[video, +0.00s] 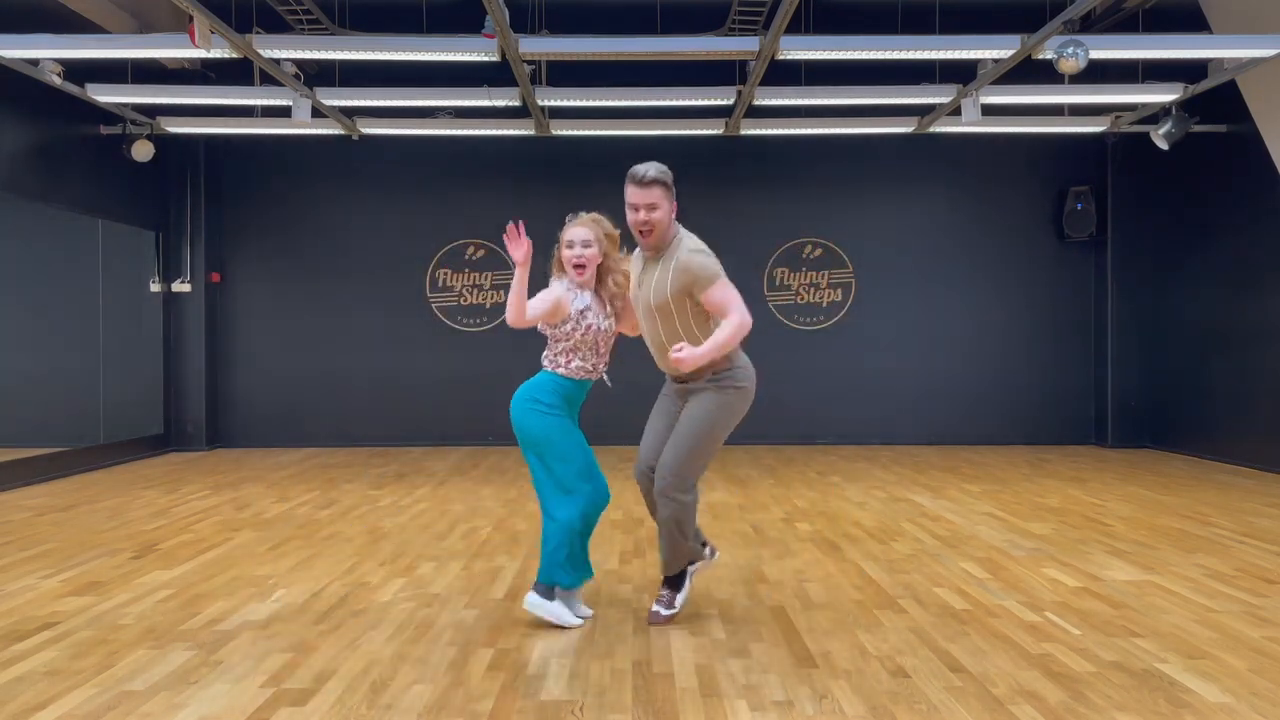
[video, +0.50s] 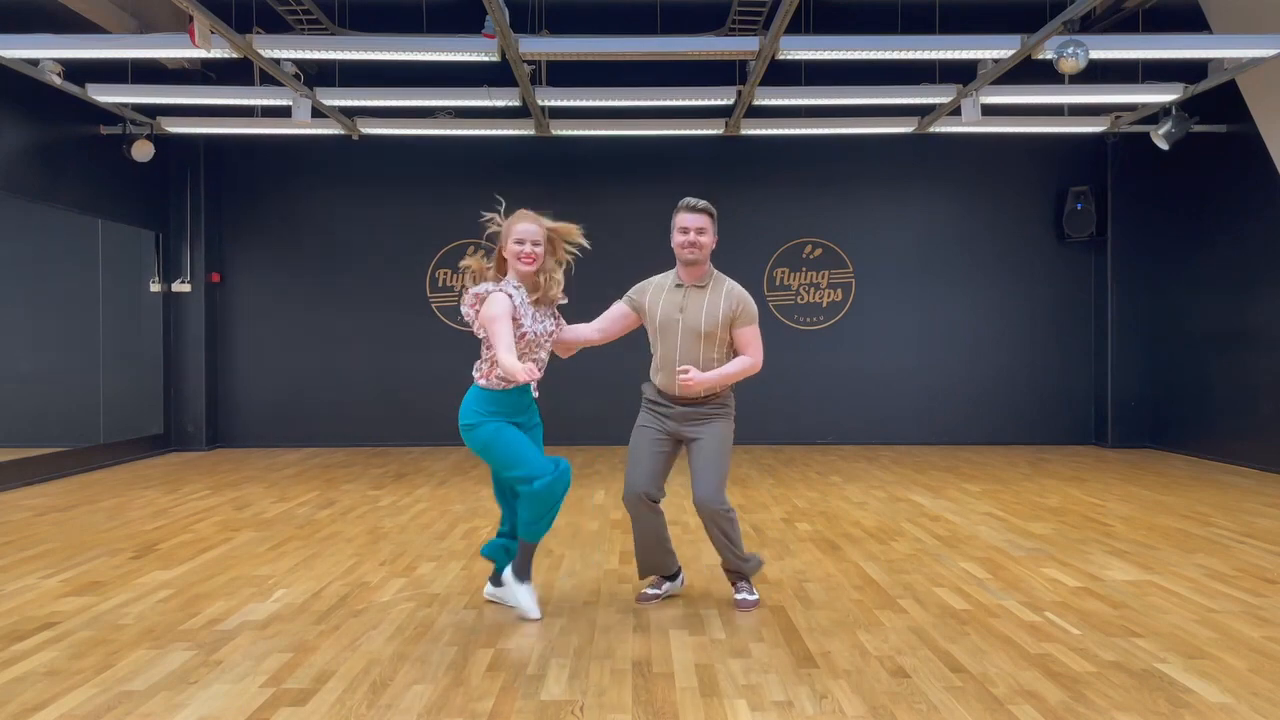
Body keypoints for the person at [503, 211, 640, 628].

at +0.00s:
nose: (579, 253)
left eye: (587, 245)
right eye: (570, 245)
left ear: (603, 253)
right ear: (561, 254)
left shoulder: (607, 300)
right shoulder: (559, 296)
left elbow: (634, 326)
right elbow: (517, 317)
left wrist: (672, 304)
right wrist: (522, 267)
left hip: (562, 406)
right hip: (541, 404)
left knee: (582, 493)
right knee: (589, 490)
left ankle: (564, 588)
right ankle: (546, 590)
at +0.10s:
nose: (565, 273)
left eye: (574, 265)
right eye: (557, 266)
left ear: (588, 274)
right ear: (548, 276)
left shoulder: (588, 324)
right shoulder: (545, 321)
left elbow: (621, 345)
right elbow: (502, 360)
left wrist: (653, 319)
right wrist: (508, 312)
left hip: (553, 427)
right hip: (534, 424)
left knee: (561, 512)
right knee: (593, 506)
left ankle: (553, 601)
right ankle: (544, 604)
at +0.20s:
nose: (551, 257)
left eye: (560, 249)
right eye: (543, 250)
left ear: (575, 256)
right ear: (534, 258)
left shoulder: (581, 305)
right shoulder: (530, 302)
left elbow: (612, 346)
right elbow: (492, 357)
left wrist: (645, 315)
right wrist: (494, 316)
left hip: (545, 413)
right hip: (522, 411)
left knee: (576, 499)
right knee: (579, 494)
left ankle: (551, 599)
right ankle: (540, 604)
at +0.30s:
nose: (542, 236)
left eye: (551, 229)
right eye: (534, 229)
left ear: (567, 235)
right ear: (523, 235)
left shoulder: (569, 283)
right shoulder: (517, 280)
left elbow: (595, 328)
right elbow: (489, 344)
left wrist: (641, 302)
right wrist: (490, 319)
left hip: (535, 392)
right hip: (504, 391)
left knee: (570, 474)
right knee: (561, 472)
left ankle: (541, 574)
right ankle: (535, 577)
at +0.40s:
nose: (534, 239)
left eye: (543, 232)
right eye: (524, 232)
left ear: (557, 238)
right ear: (511, 238)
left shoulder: (554, 288)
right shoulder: (507, 281)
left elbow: (568, 334)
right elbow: (498, 307)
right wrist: (499, 337)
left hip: (525, 393)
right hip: (488, 396)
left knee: (531, 480)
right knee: (561, 449)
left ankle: (513, 560)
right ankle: (531, 536)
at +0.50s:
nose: (528, 250)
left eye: (537, 243)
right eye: (519, 243)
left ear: (547, 251)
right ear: (503, 250)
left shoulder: (545, 298)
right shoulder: (498, 299)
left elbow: (563, 347)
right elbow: (503, 352)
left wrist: (578, 336)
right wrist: (520, 369)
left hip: (525, 410)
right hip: (486, 413)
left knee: (518, 495)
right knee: (546, 475)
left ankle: (501, 578)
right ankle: (520, 574)